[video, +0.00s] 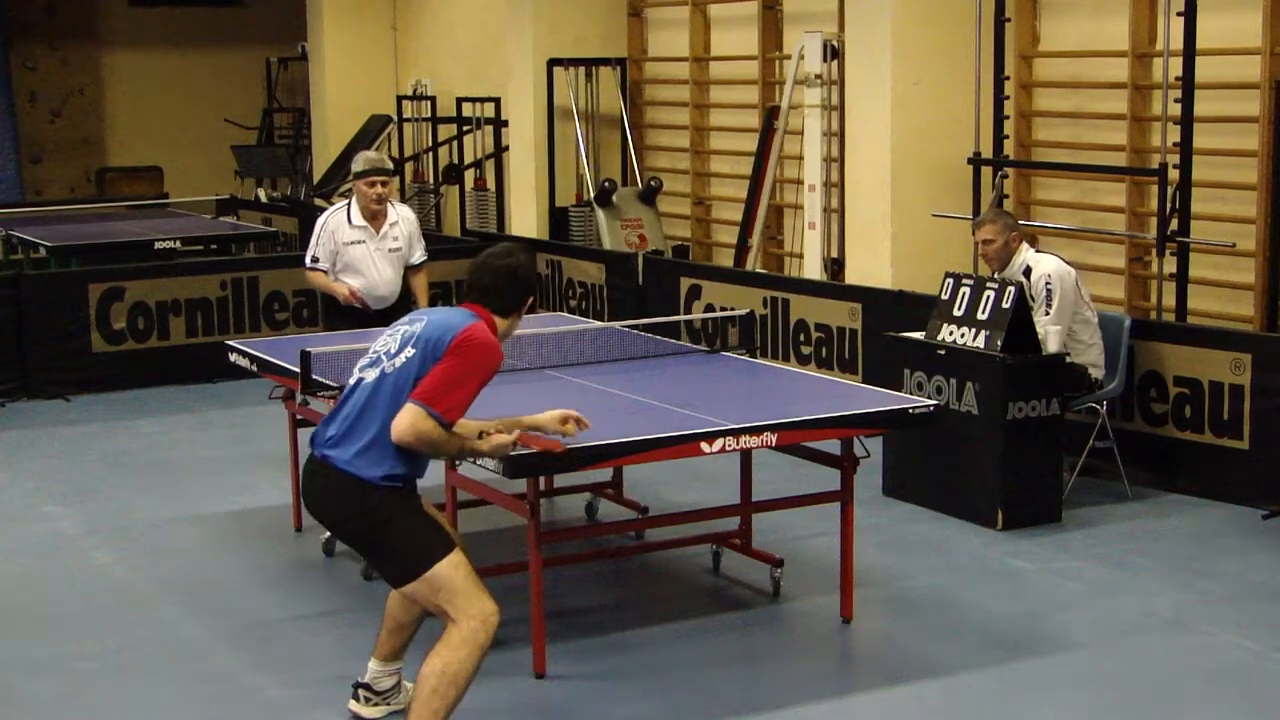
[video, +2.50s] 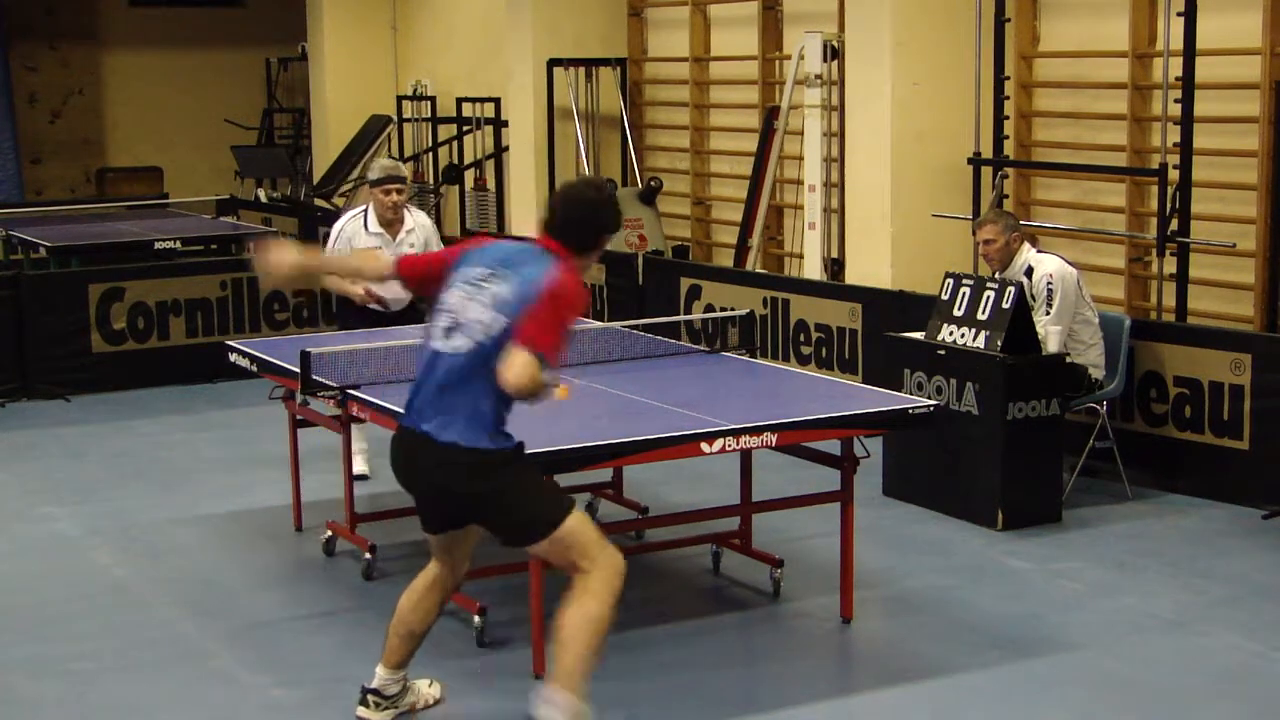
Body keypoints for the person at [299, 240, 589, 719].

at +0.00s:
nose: (529, 312)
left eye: (528, 301)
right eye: (531, 303)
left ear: (473, 287)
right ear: (524, 305)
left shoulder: (424, 318)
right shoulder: (480, 340)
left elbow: (439, 424)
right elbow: (409, 428)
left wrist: (534, 422)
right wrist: (474, 447)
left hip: (327, 471)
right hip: (364, 488)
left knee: (440, 549)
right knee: (477, 616)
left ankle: (379, 683)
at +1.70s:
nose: (528, 302)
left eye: (529, 290)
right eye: (527, 289)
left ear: (471, 283)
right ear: (507, 286)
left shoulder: (426, 316)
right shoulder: (470, 333)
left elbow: (472, 418)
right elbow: (417, 435)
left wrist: (533, 374)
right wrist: (479, 427)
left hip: (340, 478)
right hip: (372, 494)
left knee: (450, 551)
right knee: (487, 622)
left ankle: (380, 684)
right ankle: (425, 714)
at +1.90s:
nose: (526, 240)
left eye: (525, 229)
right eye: (520, 229)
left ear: (476, 232)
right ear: (489, 232)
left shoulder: (417, 275)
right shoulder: (457, 291)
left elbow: (489, 358)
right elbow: (435, 410)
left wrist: (536, 282)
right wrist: (501, 374)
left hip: (363, 461)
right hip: (400, 476)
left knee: (441, 576)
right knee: (489, 619)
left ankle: (380, 685)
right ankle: (424, 715)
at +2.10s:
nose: (531, 195)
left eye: (527, 184)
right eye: (521, 186)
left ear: (488, 200)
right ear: (490, 199)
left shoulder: (471, 260)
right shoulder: (435, 262)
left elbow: (446, 352)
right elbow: (395, 359)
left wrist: (499, 348)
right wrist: (450, 305)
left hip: (433, 448)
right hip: (416, 454)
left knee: (450, 575)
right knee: (489, 618)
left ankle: (387, 684)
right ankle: (425, 714)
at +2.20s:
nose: (546, 206)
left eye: (545, 194)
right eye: (539, 194)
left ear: (500, 199)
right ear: (503, 200)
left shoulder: (481, 257)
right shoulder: (448, 255)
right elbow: (382, 344)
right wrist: (404, 272)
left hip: (448, 444)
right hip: (431, 450)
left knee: (454, 575)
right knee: (491, 618)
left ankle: (389, 688)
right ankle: (423, 714)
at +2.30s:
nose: (561, 232)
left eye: (564, 221)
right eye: (558, 219)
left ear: (514, 204)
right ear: (519, 206)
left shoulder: (475, 240)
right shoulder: (473, 252)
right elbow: (406, 308)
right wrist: (378, 344)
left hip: (419, 440)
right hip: (446, 446)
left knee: (457, 565)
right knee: (530, 595)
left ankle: (387, 686)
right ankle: (444, 715)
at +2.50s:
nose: (602, 252)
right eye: (605, 244)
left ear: (545, 220)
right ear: (598, 246)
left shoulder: (484, 250)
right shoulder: (564, 283)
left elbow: (389, 267)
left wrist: (304, 260)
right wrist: (543, 387)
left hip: (415, 447)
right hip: (475, 457)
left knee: (448, 562)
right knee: (602, 563)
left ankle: (385, 687)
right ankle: (561, 702)